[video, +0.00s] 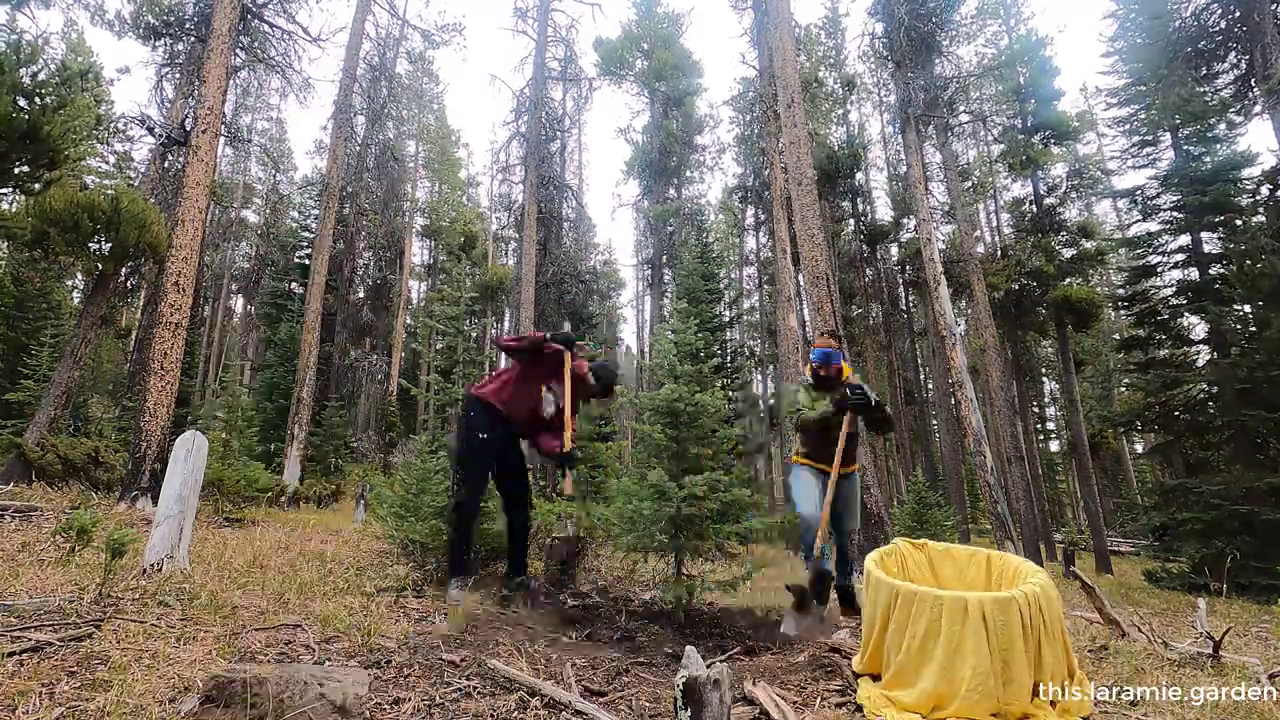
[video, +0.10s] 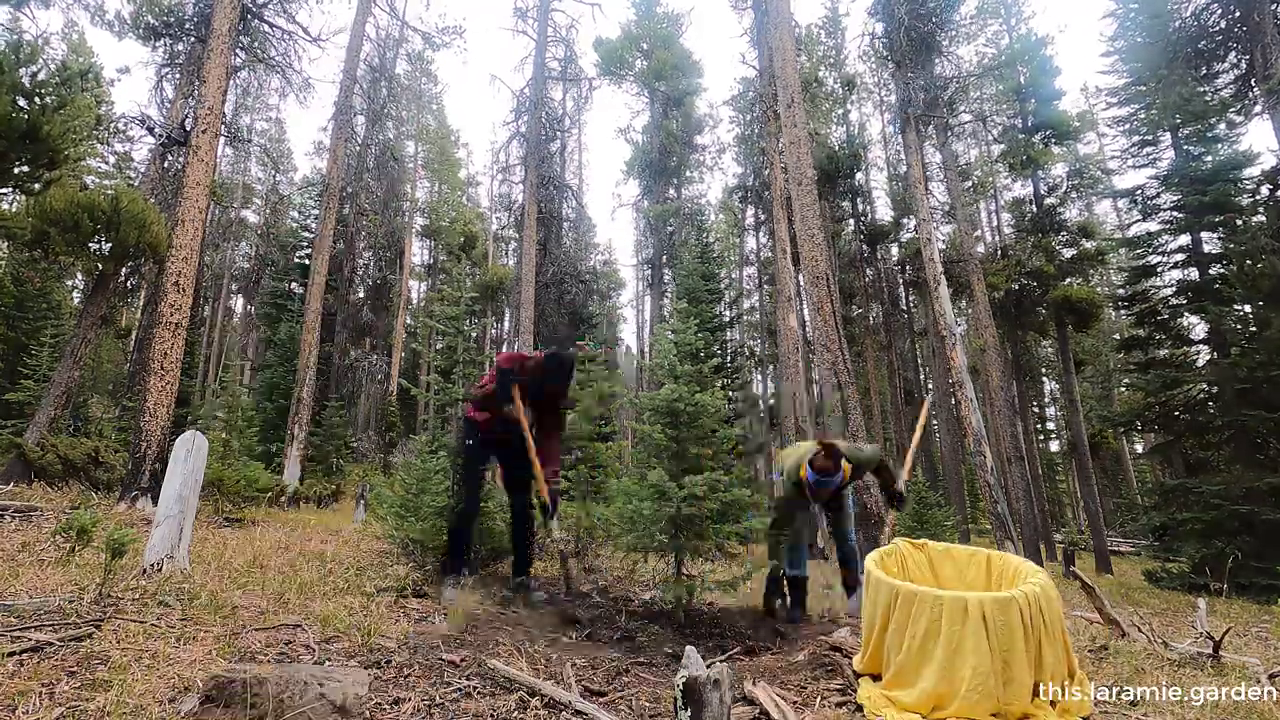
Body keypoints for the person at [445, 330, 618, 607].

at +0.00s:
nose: (588, 396)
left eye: (594, 395)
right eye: (593, 390)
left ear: (593, 393)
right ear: (589, 373)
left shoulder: (569, 406)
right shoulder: (557, 358)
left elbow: (543, 436)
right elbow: (505, 344)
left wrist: (560, 452)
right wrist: (548, 340)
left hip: (508, 431)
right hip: (482, 410)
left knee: (519, 503)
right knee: (468, 498)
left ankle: (516, 577)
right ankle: (458, 577)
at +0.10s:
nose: (554, 392)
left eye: (558, 387)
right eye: (552, 384)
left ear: (563, 380)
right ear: (541, 366)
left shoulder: (553, 391)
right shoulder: (513, 365)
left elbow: (550, 439)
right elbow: (475, 398)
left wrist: (551, 486)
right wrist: (500, 393)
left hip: (515, 434)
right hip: (480, 428)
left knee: (522, 506)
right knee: (469, 503)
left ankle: (522, 577)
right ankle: (452, 576)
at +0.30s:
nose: (566, 336)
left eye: (570, 332)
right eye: (563, 330)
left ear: (573, 328)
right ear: (549, 321)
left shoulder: (566, 348)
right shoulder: (517, 337)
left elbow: (569, 390)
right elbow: (491, 375)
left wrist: (558, 423)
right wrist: (524, 365)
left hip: (538, 427)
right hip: (504, 424)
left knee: (547, 495)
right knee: (496, 494)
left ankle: (554, 563)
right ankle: (488, 568)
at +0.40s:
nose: (613, 408)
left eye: (618, 403)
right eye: (613, 400)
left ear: (615, 401)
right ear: (601, 387)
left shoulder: (593, 414)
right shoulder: (572, 374)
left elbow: (569, 448)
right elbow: (529, 342)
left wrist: (567, 482)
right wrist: (501, 370)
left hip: (541, 440)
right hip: (511, 423)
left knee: (556, 501)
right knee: (498, 497)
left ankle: (566, 572)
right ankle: (485, 573)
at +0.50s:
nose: (630, 421)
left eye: (636, 419)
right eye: (633, 414)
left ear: (636, 418)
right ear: (627, 400)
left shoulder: (616, 431)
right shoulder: (596, 389)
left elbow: (605, 463)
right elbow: (551, 360)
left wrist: (607, 489)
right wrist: (531, 393)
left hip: (564, 444)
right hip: (532, 427)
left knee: (573, 505)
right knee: (511, 500)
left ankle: (568, 573)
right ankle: (491, 573)